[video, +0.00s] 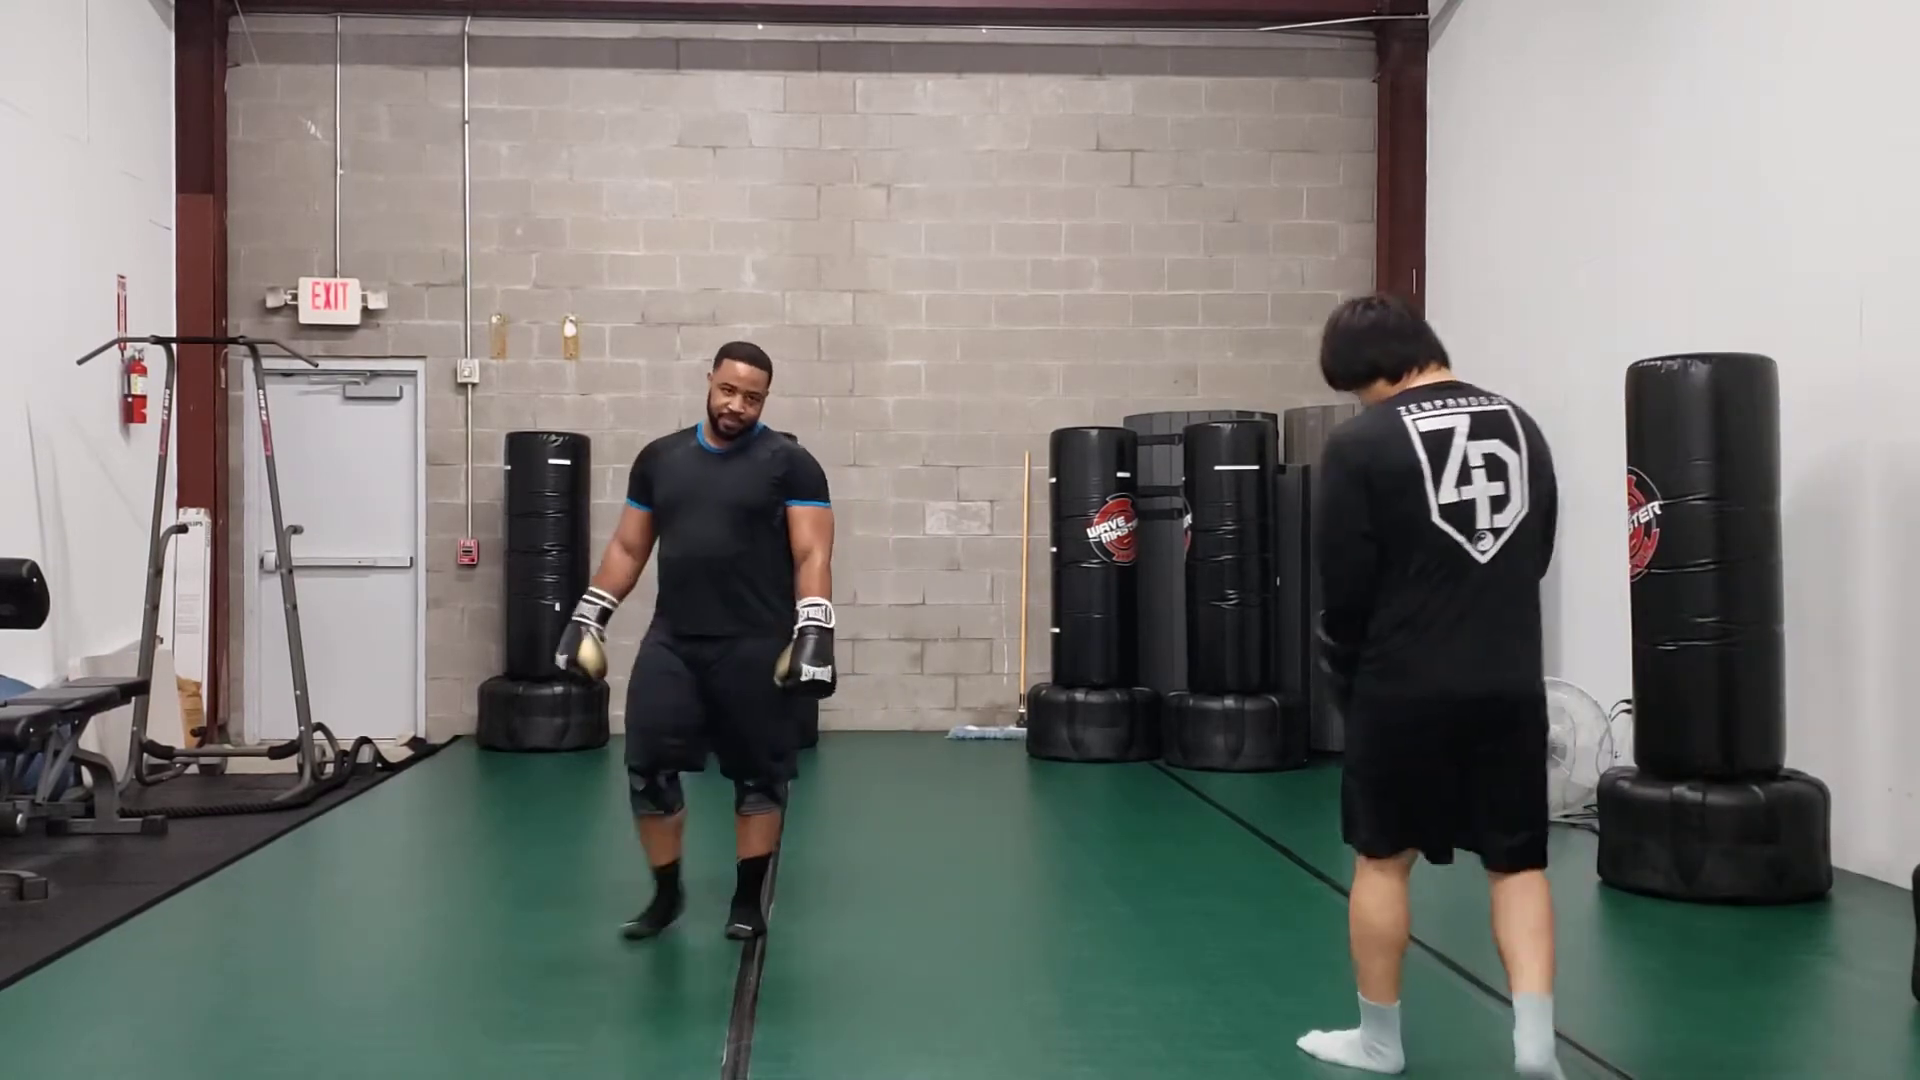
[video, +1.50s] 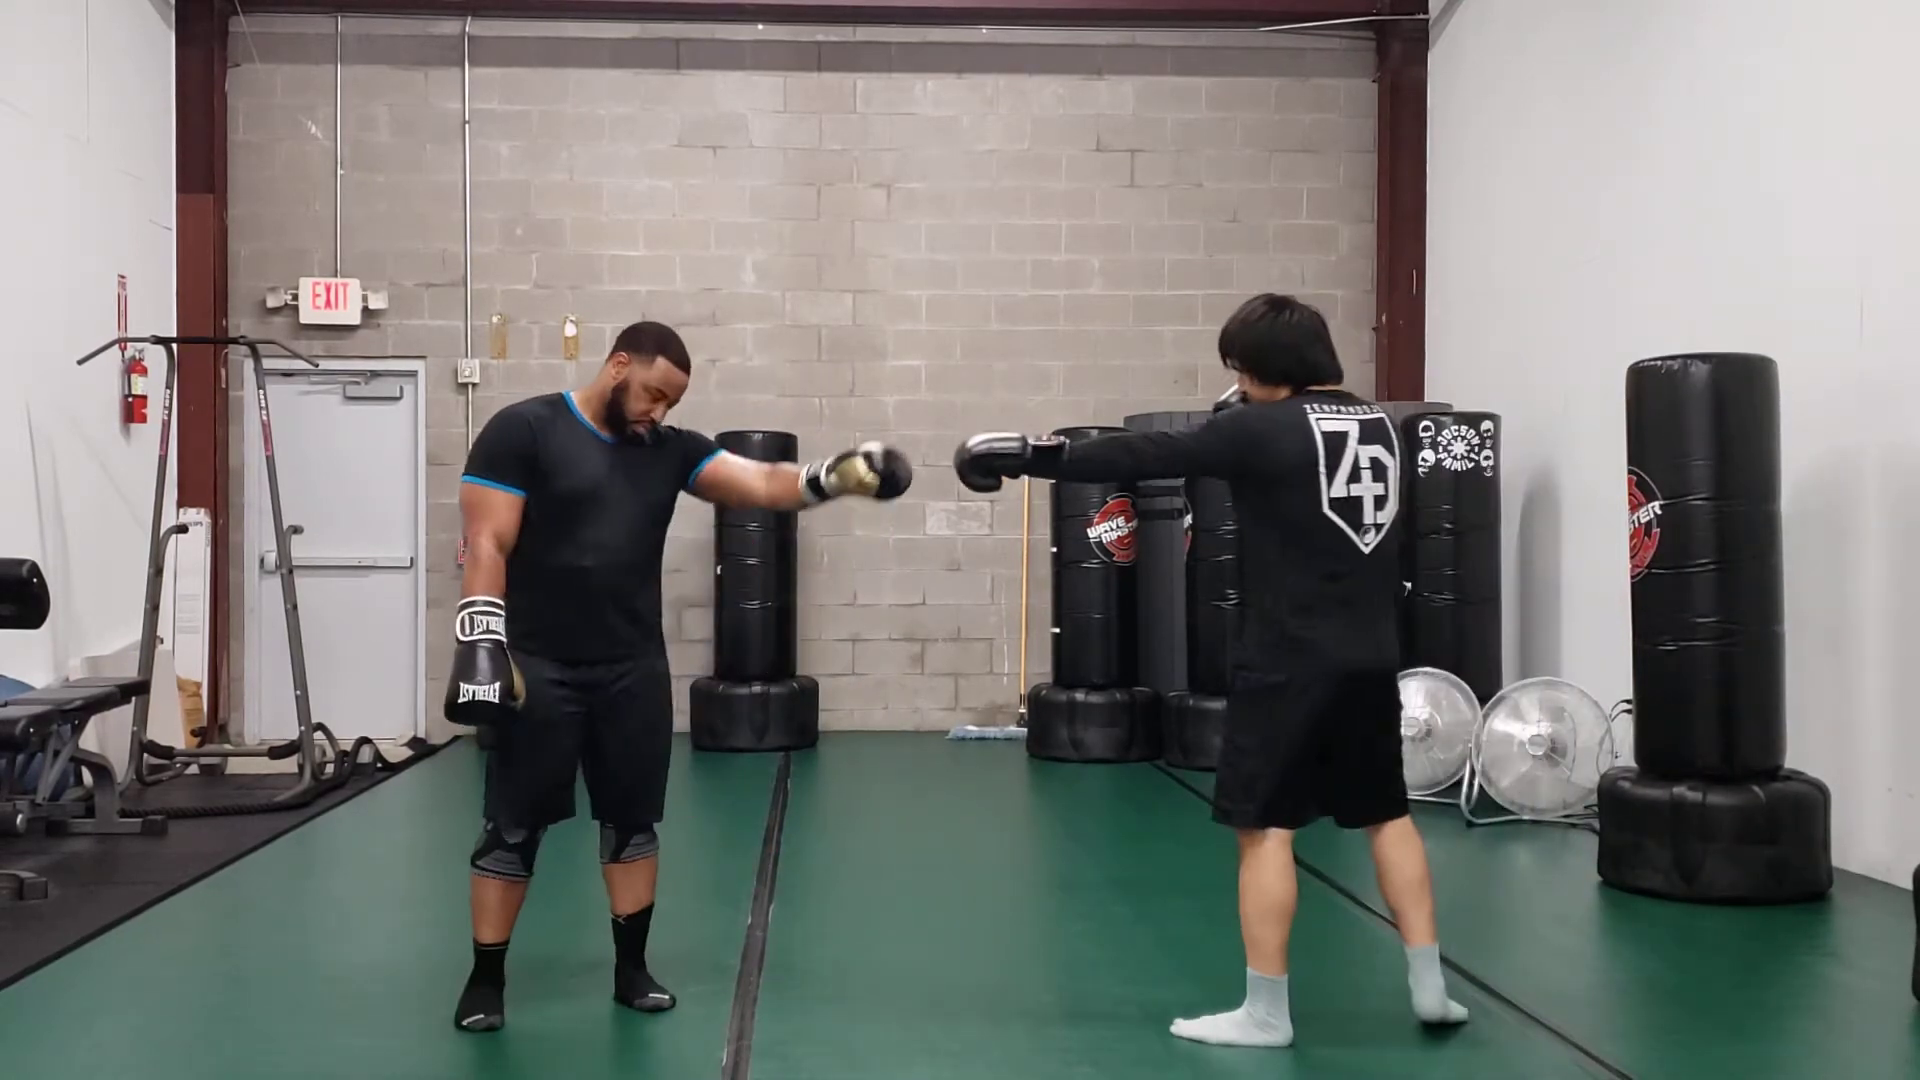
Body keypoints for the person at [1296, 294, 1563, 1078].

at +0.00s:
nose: (1359, 404)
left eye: (1357, 390)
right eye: (1355, 391)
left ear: (1374, 375)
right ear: (1429, 353)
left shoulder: (1362, 444)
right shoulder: (1518, 423)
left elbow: (1346, 588)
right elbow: (1537, 546)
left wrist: (1344, 668)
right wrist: (1488, 609)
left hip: (1403, 683)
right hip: (1507, 680)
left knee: (1382, 858)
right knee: (1519, 860)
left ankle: (1378, 1037)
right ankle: (1535, 1047)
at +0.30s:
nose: (1320, 408)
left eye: (1316, 395)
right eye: (1315, 397)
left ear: (1334, 381)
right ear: (1395, 353)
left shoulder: (1330, 438)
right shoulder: (1478, 418)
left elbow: (1321, 571)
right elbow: (1486, 544)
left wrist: (1339, 645)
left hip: (1384, 674)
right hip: (1479, 666)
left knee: (1372, 846)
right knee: (1496, 829)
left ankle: (1378, 1035)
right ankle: (1525, 1004)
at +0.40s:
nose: (1329, 410)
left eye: (1327, 396)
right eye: (1324, 397)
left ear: (1347, 382)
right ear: (1400, 358)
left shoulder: (1344, 441)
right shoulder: (1478, 420)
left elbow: (1327, 571)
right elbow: (1458, 537)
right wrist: (1314, 564)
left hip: (1386, 672)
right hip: (1479, 666)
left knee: (1374, 847)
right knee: (1491, 833)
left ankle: (1379, 1036)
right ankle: (1512, 1002)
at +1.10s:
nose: (1323, 390)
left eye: (1327, 377)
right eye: (1321, 376)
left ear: (1360, 373)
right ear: (1398, 364)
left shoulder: (1377, 439)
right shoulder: (1468, 428)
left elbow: (1361, 552)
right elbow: (1406, 531)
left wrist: (1282, 565)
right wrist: (1324, 480)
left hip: (1389, 666)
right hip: (1472, 664)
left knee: (1320, 821)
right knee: (1477, 823)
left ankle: (1274, 999)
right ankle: (1507, 1002)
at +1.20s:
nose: (1296, 396)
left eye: (1299, 383)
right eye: (1295, 383)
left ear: (1331, 381)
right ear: (1372, 370)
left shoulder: (1342, 446)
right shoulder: (1439, 431)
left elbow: (1296, 544)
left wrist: (1210, 523)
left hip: (1361, 673)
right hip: (1446, 670)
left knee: (1307, 837)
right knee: (1461, 828)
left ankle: (1268, 1012)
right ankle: (1504, 1002)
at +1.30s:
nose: (1270, 392)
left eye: (1273, 380)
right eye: (1268, 379)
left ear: (1303, 381)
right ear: (1352, 368)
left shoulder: (1307, 446)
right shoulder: (1412, 431)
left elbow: (1210, 514)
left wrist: (1136, 488)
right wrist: (1300, 410)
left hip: (1324, 670)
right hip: (1407, 667)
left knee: (1283, 831)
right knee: (1431, 820)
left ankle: (1267, 1013)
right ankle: (1493, 990)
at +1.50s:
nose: (1236, 385)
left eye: (1240, 372)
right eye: (1235, 372)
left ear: (1270, 371)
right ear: (1318, 363)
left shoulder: (1261, 430)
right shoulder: (1382, 426)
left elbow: (1154, 451)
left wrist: (1048, 456)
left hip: (1286, 667)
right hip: (1369, 663)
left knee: (1264, 828)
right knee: (1389, 814)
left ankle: (1265, 1013)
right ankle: (1430, 986)